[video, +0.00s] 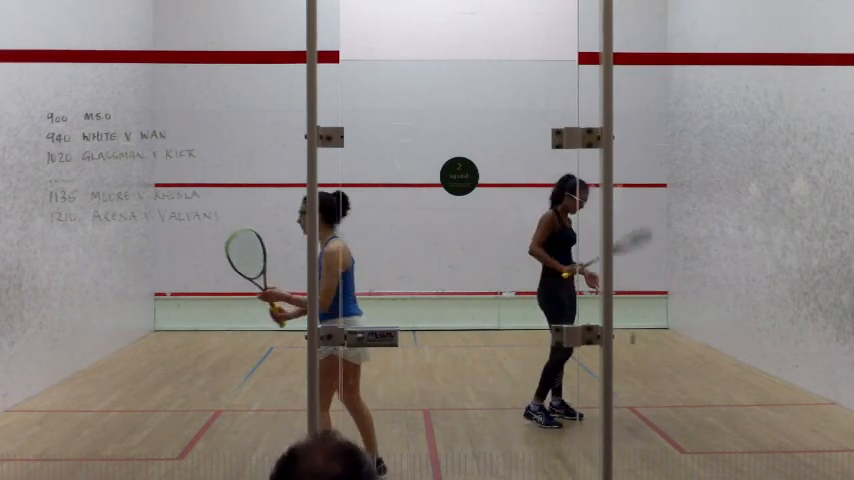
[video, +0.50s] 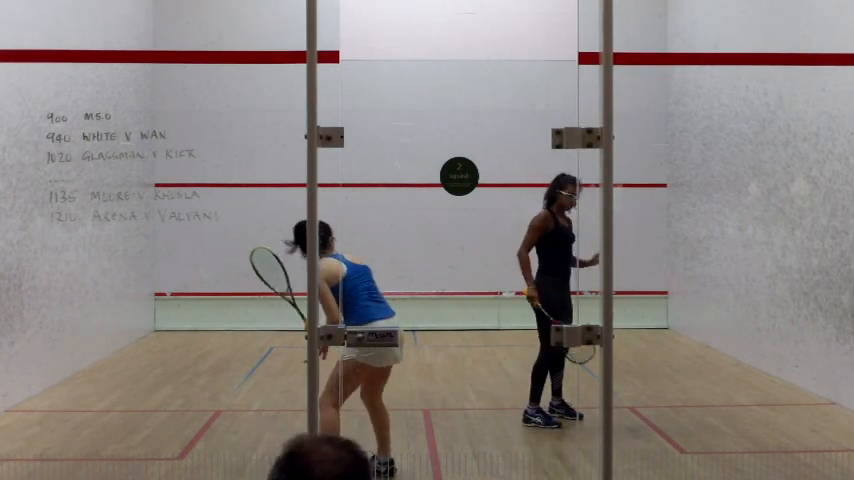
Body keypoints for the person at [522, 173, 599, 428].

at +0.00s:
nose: (581, 205)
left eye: (583, 201)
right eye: (580, 200)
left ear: (571, 198)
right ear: (566, 196)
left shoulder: (565, 220)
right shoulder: (549, 218)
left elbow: (563, 257)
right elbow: (534, 249)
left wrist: (585, 273)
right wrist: (560, 268)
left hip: (565, 290)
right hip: (552, 291)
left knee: (562, 347)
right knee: (564, 348)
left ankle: (557, 401)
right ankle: (536, 404)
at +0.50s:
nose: (573, 200)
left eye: (575, 196)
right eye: (570, 195)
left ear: (572, 197)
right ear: (557, 194)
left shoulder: (566, 221)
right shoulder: (543, 219)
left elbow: (563, 258)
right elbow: (522, 252)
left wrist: (587, 262)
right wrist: (530, 284)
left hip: (562, 291)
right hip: (546, 291)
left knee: (560, 347)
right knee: (548, 349)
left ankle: (557, 402)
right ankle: (532, 409)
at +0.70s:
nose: (563, 197)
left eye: (567, 194)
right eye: (559, 192)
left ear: (571, 198)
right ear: (548, 193)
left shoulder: (569, 224)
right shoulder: (535, 221)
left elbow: (575, 261)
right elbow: (514, 256)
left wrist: (598, 277)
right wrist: (522, 286)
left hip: (560, 292)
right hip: (538, 292)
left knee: (561, 348)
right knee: (546, 349)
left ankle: (557, 402)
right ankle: (532, 409)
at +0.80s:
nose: (559, 197)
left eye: (564, 193)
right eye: (555, 192)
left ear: (569, 198)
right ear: (546, 193)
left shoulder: (567, 223)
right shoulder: (532, 222)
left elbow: (571, 261)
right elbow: (512, 256)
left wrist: (593, 278)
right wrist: (522, 283)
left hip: (559, 293)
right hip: (537, 293)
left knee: (564, 348)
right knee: (546, 349)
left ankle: (558, 401)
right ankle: (532, 408)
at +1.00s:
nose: (563, 201)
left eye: (565, 196)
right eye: (560, 196)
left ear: (562, 198)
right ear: (545, 194)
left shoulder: (558, 222)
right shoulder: (530, 222)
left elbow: (557, 259)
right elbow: (513, 257)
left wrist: (578, 280)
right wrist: (537, 280)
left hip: (553, 293)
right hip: (533, 295)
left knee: (574, 341)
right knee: (542, 349)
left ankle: (562, 397)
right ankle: (532, 409)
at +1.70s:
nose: (575, 205)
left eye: (576, 200)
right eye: (573, 200)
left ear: (562, 199)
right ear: (559, 198)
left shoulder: (555, 222)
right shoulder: (542, 221)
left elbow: (555, 258)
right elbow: (526, 253)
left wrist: (584, 266)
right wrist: (540, 288)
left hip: (551, 294)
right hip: (537, 294)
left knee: (571, 344)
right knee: (544, 349)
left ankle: (560, 402)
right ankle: (532, 410)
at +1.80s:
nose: (576, 204)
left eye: (577, 199)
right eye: (574, 199)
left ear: (564, 198)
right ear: (561, 197)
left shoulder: (558, 221)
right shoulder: (543, 220)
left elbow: (556, 257)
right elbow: (526, 252)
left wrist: (586, 263)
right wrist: (547, 284)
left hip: (551, 294)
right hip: (538, 294)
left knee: (571, 345)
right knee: (546, 349)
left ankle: (559, 402)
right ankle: (532, 410)